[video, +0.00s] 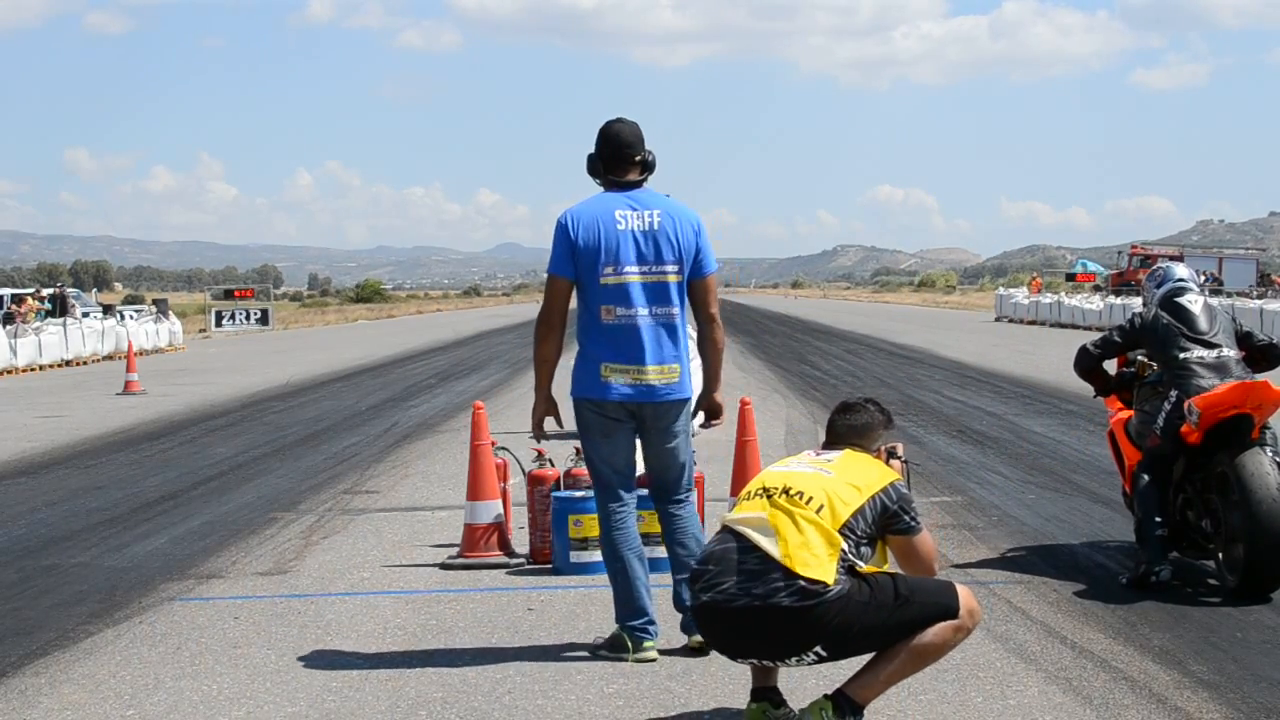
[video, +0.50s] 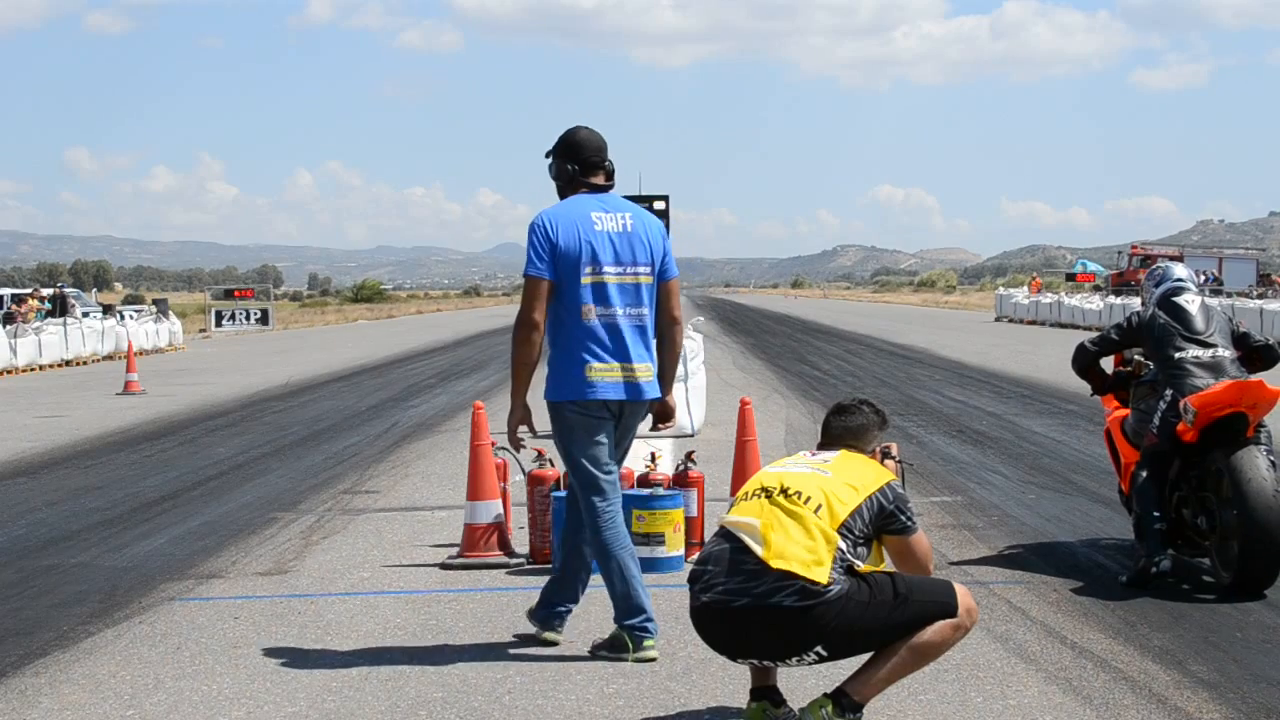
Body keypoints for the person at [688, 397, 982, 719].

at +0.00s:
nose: (892, 455)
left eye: (891, 447)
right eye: (891, 447)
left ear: (824, 442)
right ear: (880, 451)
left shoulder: (784, 463)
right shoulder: (883, 482)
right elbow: (925, 571)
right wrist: (899, 488)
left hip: (715, 614)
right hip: (801, 617)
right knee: (964, 608)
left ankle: (764, 697)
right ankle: (841, 707)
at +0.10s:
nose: (891, 454)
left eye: (890, 447)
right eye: (889, 447)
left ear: (823, 443)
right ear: (878, 451)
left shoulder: (782, 464)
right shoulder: (882, 481)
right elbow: (924, 572)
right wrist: (897, 488)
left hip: (715, 615)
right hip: (801, 617)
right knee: (963, 608)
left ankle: (764, 696)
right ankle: (840, 707)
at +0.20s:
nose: (890, 455)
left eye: (889, 448)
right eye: (889, 448)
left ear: (821, 443)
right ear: (878, 451)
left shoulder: (782, 464)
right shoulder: (880, 482)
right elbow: (922, 571)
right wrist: (895, 488)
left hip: (714, 616)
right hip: (801, 618)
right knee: (963, 607)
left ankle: (764, 697)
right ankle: (840, 707)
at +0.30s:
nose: (887, 452)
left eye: (885, 447)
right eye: (885, 446)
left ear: (820, 442)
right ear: (875, 450)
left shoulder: (781, 464)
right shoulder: (879, 481)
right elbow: (920, 570)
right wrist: (894, 488)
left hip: (714, 617)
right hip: (802, 618)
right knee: (962, 607)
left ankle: (763, 696)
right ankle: (840, 706)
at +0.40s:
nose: (888, 453)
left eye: (886, 447)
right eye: (886, 446)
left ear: (820, 443)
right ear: (876, 450)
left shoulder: (780, 464)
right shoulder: (879, 482)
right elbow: (920, 570)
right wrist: (893, 487)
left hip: (714, 616)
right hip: (802, 618)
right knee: (962, 606)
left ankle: (763, 695)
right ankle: (841, 705)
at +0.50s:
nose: (886, 451)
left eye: (884, 446)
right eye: (884, 444)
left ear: (819, 443)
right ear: (873, 449)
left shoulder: (780, 464)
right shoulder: (879, 481)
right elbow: (920, 570)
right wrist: (893, 487)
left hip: (714, 616)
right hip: (802, 618)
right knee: (962, 607)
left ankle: (764, 695)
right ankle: (841, 705)